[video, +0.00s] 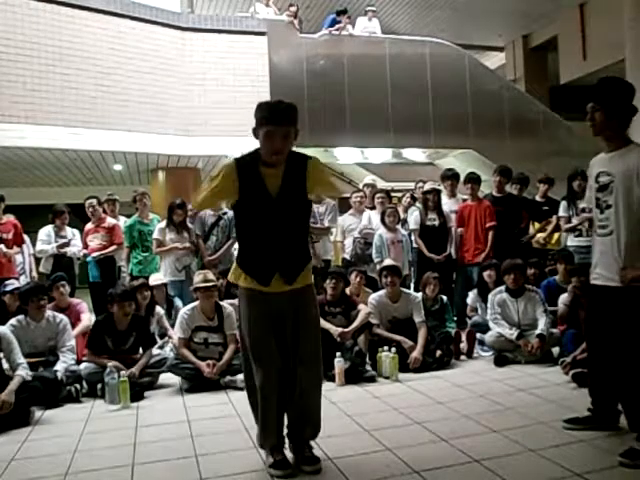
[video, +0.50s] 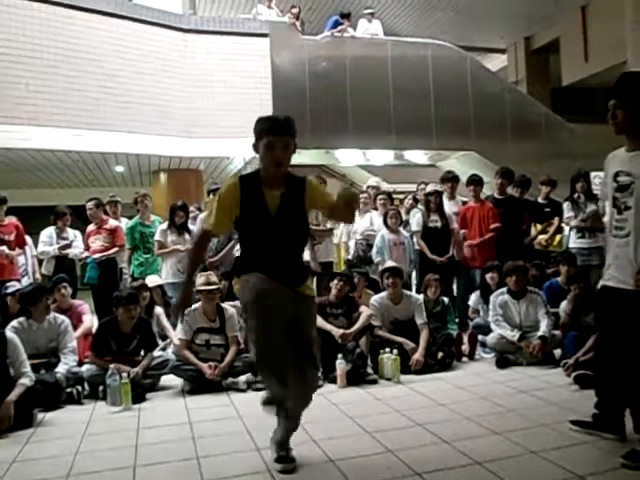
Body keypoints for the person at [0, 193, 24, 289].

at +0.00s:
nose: (1, 206)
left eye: (1, 203)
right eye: (1, 203)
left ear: (4, 204)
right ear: (3, 204)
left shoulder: (13, 224)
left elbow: (18, 246)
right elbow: (18, 246)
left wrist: (10, 252)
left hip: (8, 273)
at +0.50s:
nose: (1, 209)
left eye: (2, 206)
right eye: (1, 207)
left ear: (5, 206)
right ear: (3, 207)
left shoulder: (14, 225)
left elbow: (21, 246)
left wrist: (13, 253)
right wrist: (5, 252)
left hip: (10, 274)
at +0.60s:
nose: (3, 212)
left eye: (4, 208)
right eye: (1, 208)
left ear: (9, 208)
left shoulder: (17, 225)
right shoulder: (2, 227)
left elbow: (25, 247)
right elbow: (3, 246)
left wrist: (17, 254)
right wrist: (8, 253)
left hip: (14, 276)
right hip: (3, 276)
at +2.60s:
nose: (2, 211)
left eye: (4, 208)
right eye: (1, 208)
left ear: (8, 208)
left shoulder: (17, 225)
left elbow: (24, 247)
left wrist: (16, 254)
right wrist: (8, 253)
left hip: (14, 276)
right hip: (3, 276)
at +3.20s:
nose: (3, 217)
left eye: (4, 214)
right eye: (1, 214)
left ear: (7, 211)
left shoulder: (17, 226)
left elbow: (23, 248)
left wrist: (15, 256)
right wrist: (7, 254)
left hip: (14, 276)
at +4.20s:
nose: (2, 212)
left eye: (4, 208)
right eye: (1, 209)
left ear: (8, 210)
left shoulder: (17, 227)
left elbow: (25, 248)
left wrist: (15, 255)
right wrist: (9, 254)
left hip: (14, 275)